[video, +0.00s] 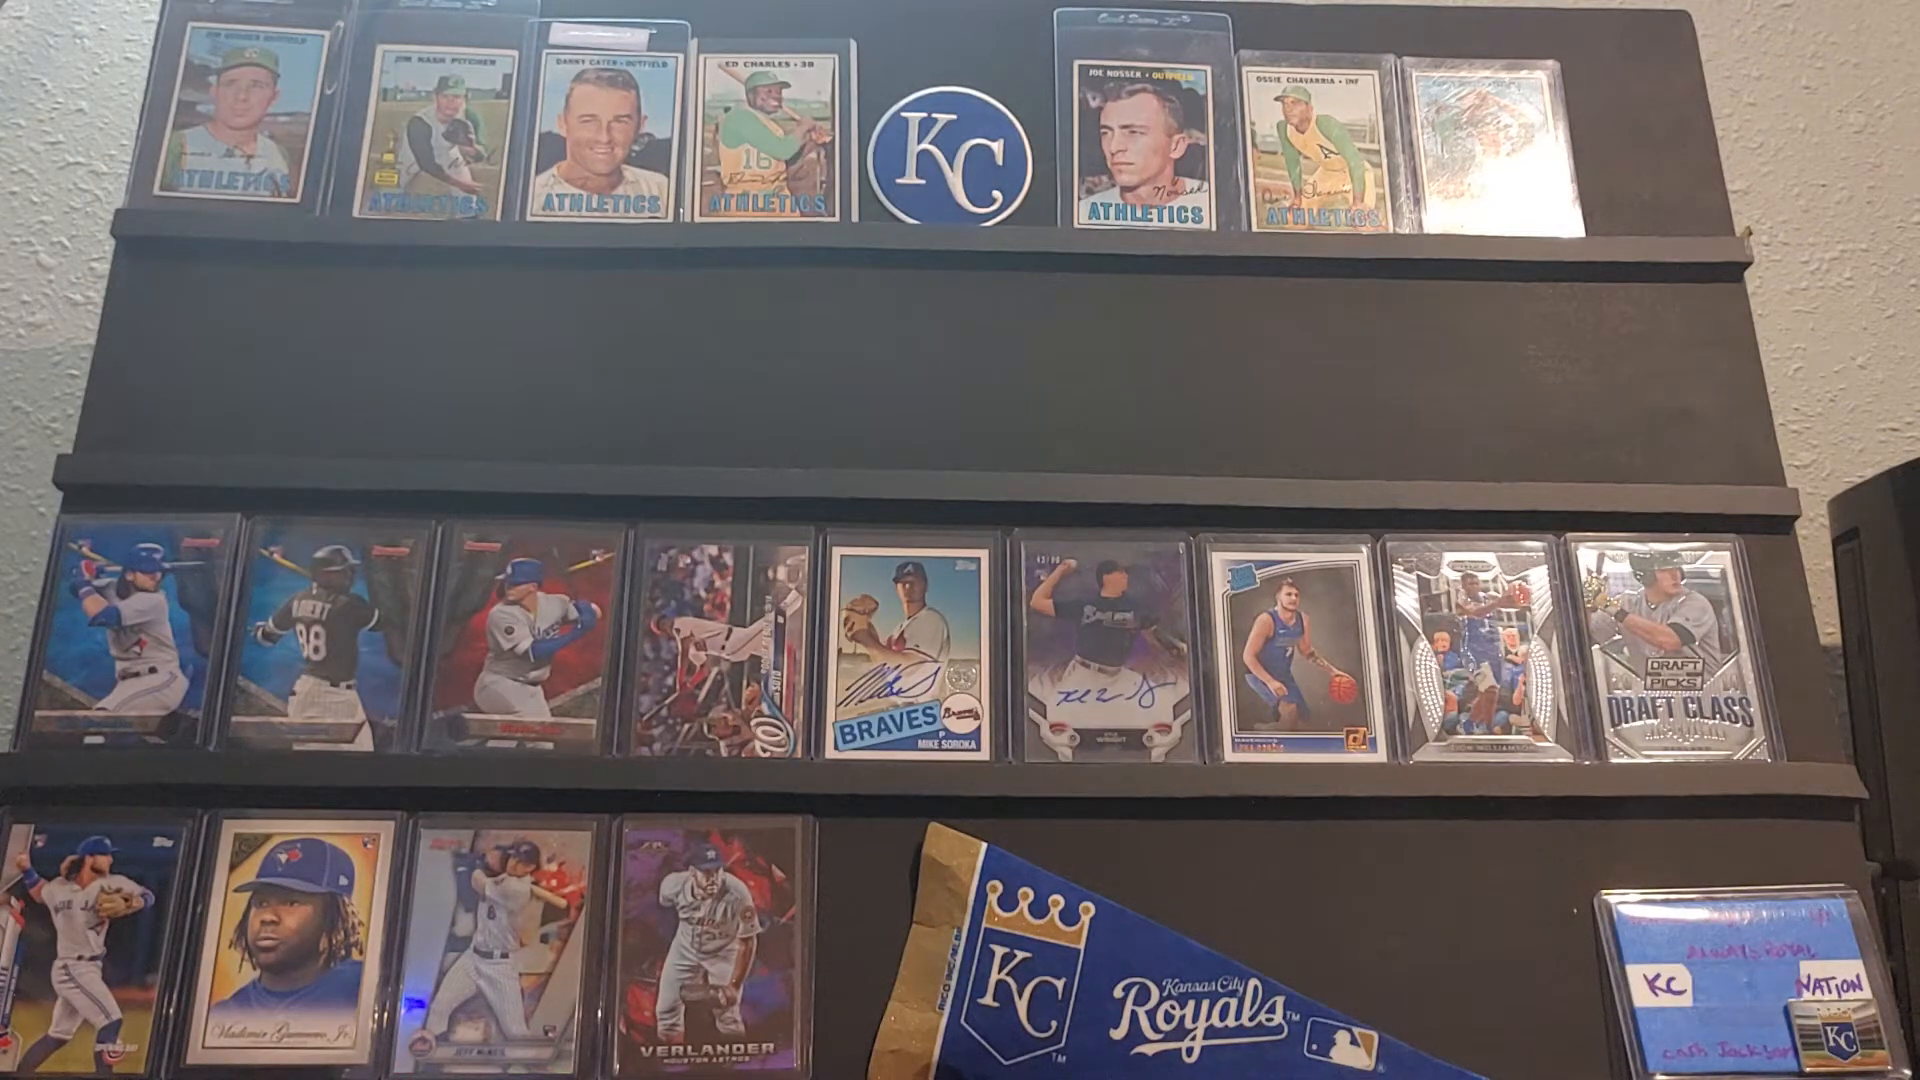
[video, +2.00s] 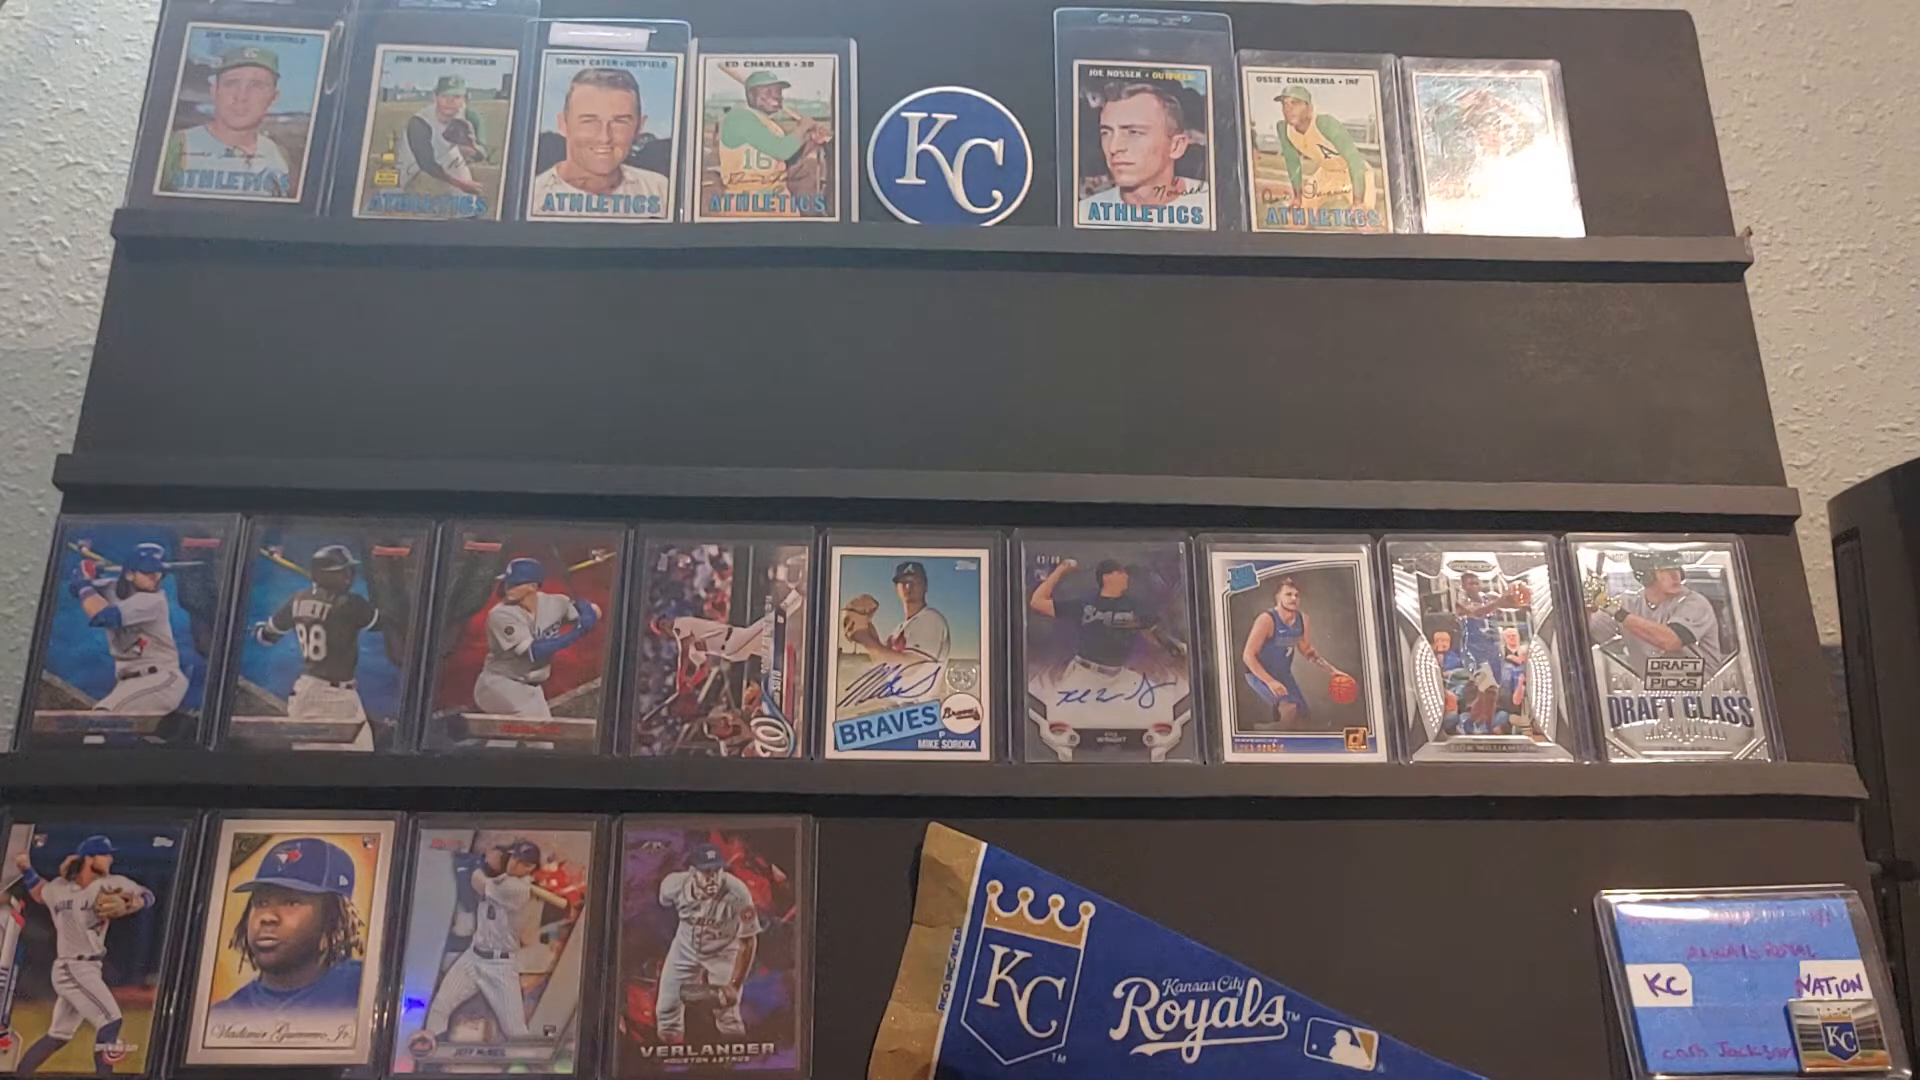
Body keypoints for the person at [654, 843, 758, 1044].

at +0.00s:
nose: (712, 878)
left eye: (716, 871)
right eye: (705, 872)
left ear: (722, 869)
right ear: (691, 870)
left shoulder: (738, 893)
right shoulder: (673, 885)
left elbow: (748, 941)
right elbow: (666, 914)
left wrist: (735, 985)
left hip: (724, 953)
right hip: (684, 947)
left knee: (727, 1015)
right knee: (666, 1009)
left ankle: (739, 1068)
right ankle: (673, 1071)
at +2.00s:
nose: (711, 878)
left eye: (716, 872)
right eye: (705, 872)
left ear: (722, 870)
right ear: (693, 871)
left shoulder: (738, 893)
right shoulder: (673, 885)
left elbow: (748, 941)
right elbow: (666, 907)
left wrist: (735, 985)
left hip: (724, 953)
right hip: (684, 947)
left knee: (727, 1014)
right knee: (666, 1009)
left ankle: (739, 1069)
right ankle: (674, 1069)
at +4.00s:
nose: (712, 878)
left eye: (716, 871)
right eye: (705, 872)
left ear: (722, 869)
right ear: (693, 870)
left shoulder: (738, 893)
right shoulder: (673, 886)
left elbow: (749, 941)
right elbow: (667, 910)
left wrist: (735, 985)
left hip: (724, 953)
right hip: (684, 948)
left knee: (727, 1015)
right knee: (666, 1009)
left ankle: (740, 1068)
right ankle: (673, 1071)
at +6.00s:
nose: (712, 878)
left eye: (716, 871)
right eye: (705, 872)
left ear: (722, 869)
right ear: (693, 870)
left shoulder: (738, 892)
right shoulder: (674, 885)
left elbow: (749, 941)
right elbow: (666, 907)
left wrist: (735, 985)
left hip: (725, 953)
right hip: (685, 947)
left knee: (727, 1015)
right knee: (666, 1009)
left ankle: (741, 1068)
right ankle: (673, 1069)